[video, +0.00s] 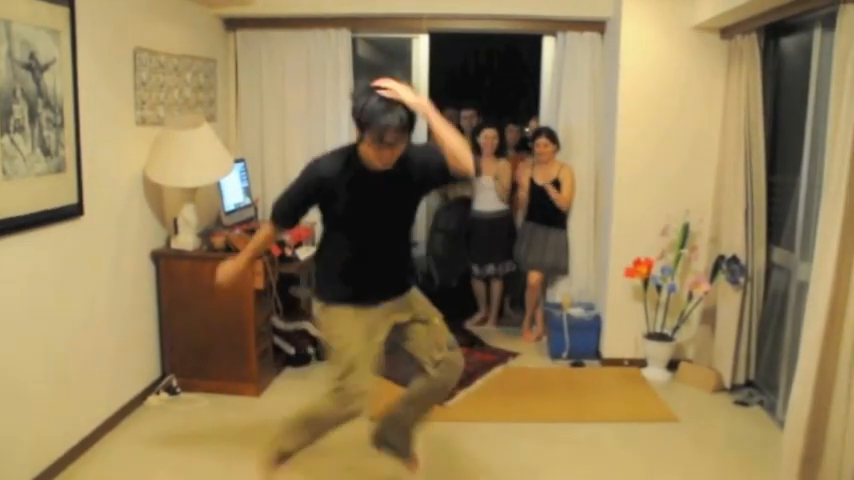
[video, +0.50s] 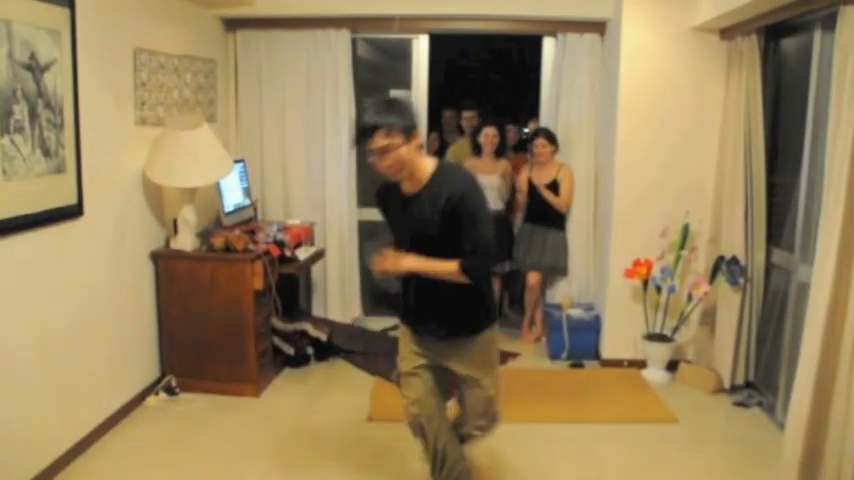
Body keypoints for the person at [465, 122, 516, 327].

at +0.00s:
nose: (488, 142)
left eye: (492, 138)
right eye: (484, 137)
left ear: (498, 142)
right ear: (478, 140)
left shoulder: (503, 165)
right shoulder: (473, 164)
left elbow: (505, 194)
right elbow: (468, 188)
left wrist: (495, 178)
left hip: (498, 214)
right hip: (477, 214)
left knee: (496, 270)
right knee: (477, 268)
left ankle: (493, 314)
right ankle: (481, 309)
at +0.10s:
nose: (489, 142)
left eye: (494, 138)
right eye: (485, 137)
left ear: (499, 141)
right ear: (478, 140)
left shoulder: (504, 166)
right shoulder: (471, 166)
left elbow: (506, 195)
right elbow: (469, 193)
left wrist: (506, 172)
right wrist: (465, 174)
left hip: (500, 215)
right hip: (478, 215)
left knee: (497, 270)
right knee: (477, 268)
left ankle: (493, 313)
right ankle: (479, 308)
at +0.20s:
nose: (489, 141)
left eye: (493, 137)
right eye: (485, 136)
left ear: (498, 140)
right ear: (478, 139)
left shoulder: (504, 165)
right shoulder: (472, 165)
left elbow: (507, 193)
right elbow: (469, 192)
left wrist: (504, 169)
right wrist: (469, 172)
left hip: (500, 215)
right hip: (478, 215)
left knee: (496, 271)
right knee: (476, 269)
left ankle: (493, 314)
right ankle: (474, 309)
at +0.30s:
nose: (489, 140)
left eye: (493, 136)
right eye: (485, 136)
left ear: (498, 139)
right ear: (479, 139)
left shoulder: (505, 163)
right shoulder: (471, 162)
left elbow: (505, 192)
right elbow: (469, 192)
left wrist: (492, 176)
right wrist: (485, 178)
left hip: (499, 215)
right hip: (477, 214)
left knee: (497, 272)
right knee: (476, 271)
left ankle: (493, 315)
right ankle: (478, 310)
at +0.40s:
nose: (490, 141)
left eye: (494, 137)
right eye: (485, 136)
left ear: (499, 140)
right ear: (479, 139)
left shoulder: (504, 164)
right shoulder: (471, 163)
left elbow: (506, 194)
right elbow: (467, 192)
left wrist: (495, 180)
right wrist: (479, 182)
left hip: (498, 215)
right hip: (476, 214)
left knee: (496, 272)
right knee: (476, 269)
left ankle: (493, 317)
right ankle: (474, 314)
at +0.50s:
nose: (490, 140)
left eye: (494, 136)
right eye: (485, 136)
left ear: (499, 140)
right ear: (479, 139)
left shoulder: (504, 166)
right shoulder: (469, 164)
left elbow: (508, 193)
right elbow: (463, 192)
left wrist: (502, 211)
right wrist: (467, 212)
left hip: (498, 216)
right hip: (476, 216)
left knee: (496, 268)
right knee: (475, 264)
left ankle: (495, 309)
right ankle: (474, 305)